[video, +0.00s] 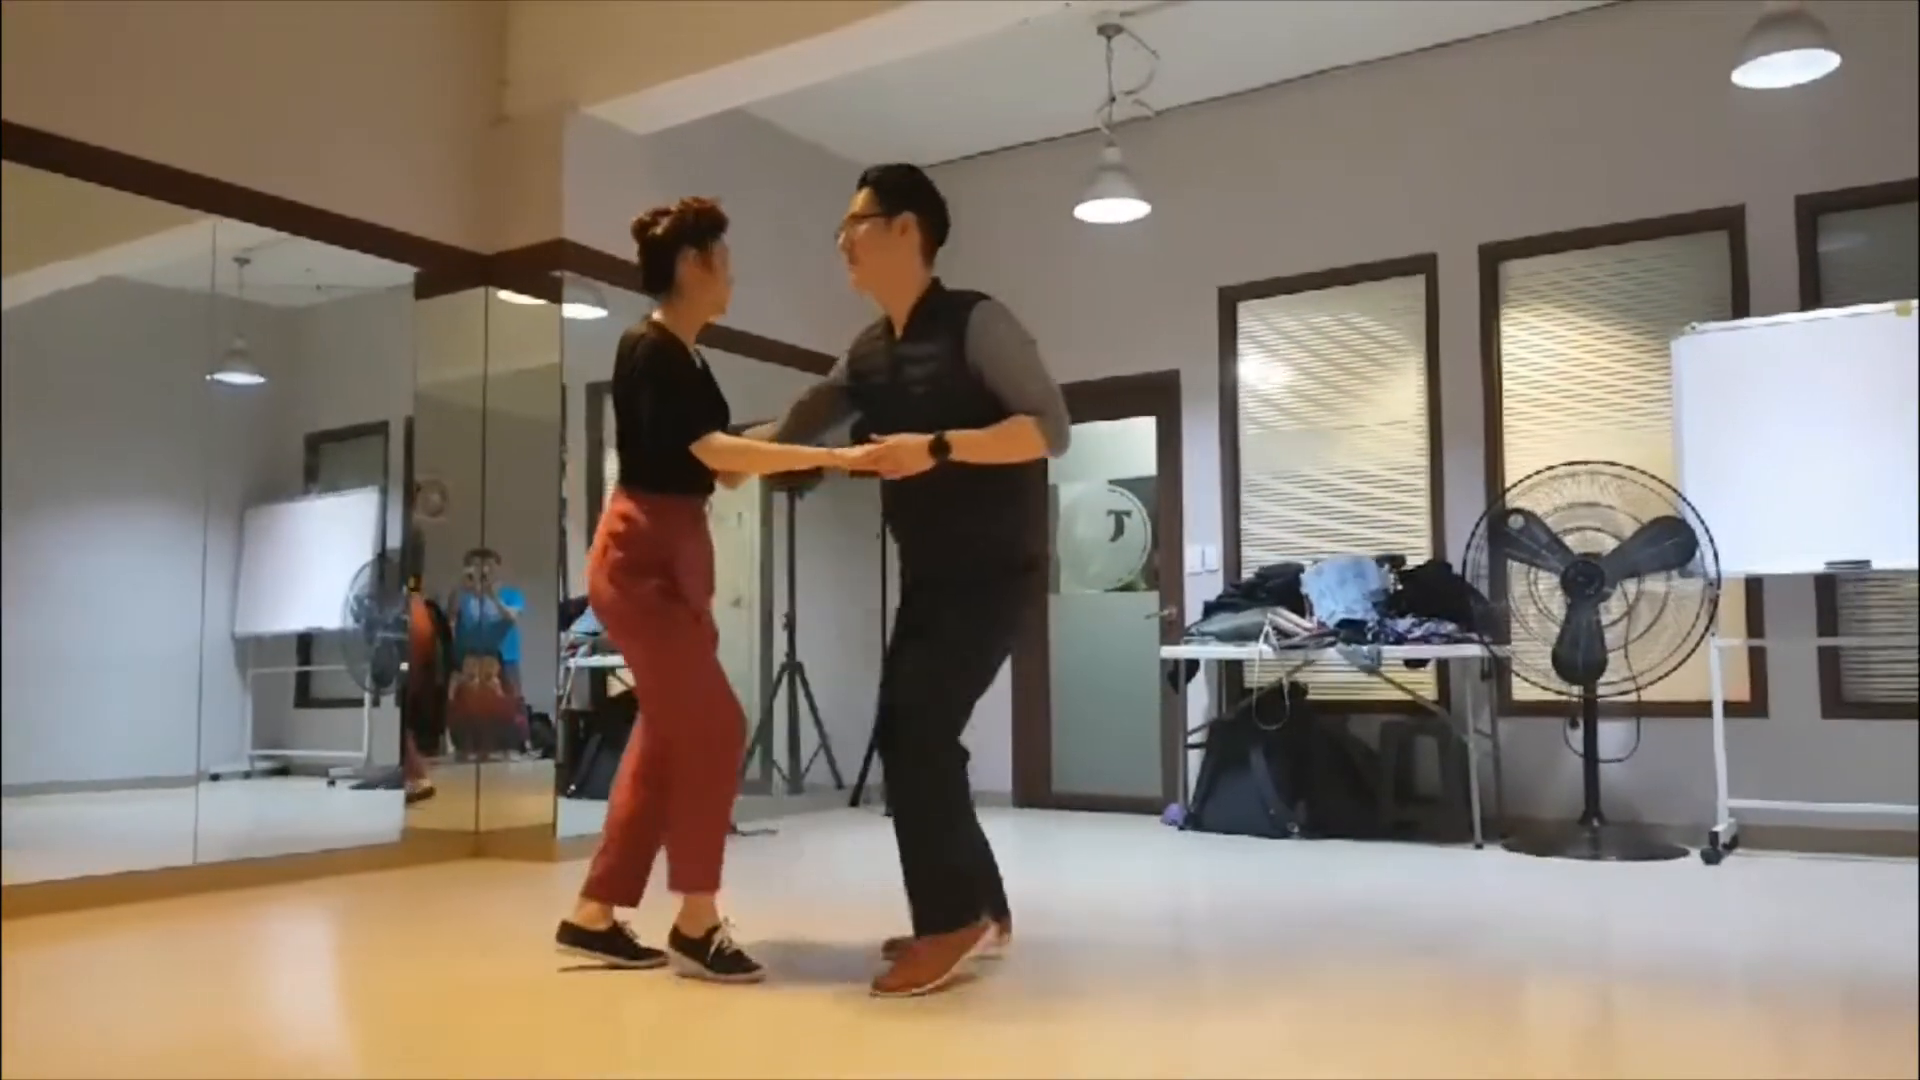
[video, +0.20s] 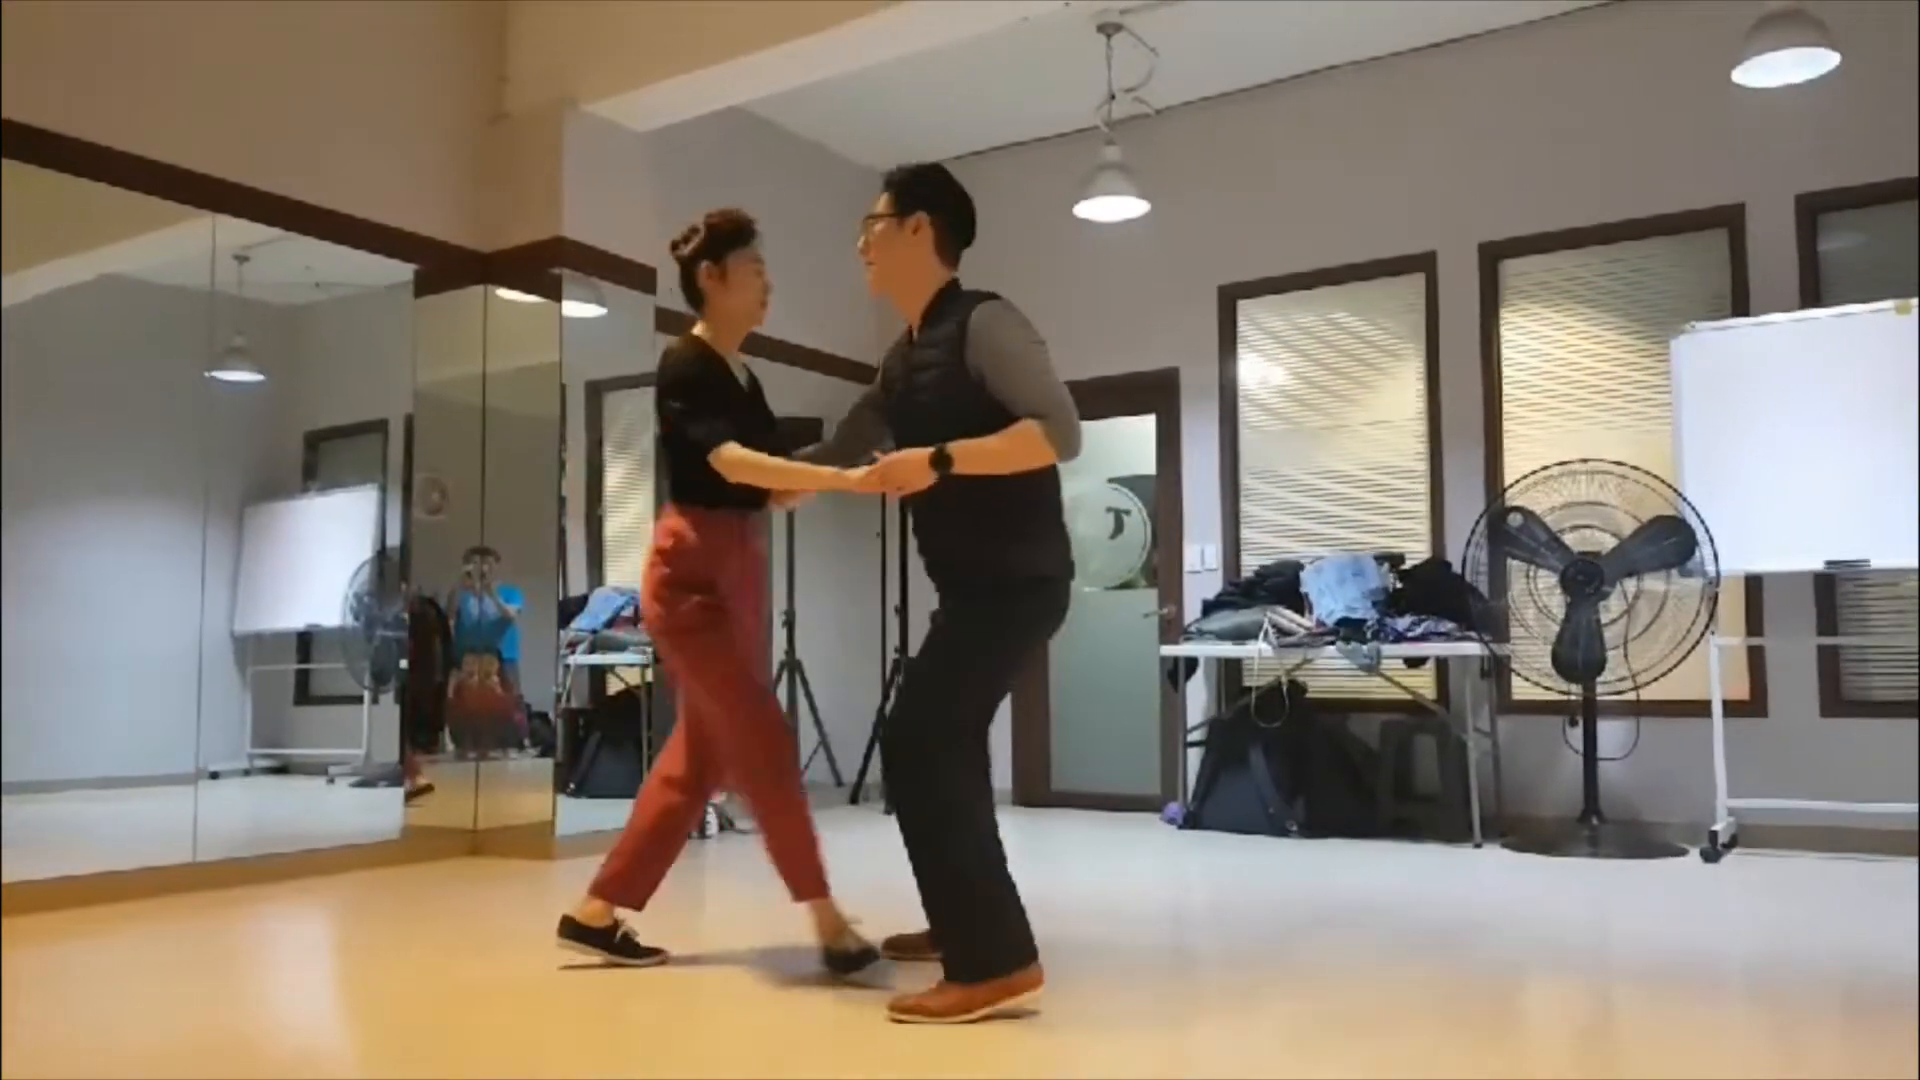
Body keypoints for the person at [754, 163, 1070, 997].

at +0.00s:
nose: (843, 241)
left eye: (858, 225)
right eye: (844, 229)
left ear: (911, 233)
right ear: (881, 241)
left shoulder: (979, 322)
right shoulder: (870, 350)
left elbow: (1049, 430)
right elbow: (791, 430)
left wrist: (938, 447)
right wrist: (721, 452)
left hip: (996, 569)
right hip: (931, 573)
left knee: (915, 730)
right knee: (913, 734)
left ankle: (950, 923)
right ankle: (977, 908)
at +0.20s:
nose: (860, 242)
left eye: (873, 225)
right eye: (863, 227)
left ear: (921, 234)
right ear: (909, 238)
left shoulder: (988, 322)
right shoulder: (905, 358)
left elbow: (1059, 431)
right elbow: (841, 458)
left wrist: (939, 460)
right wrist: (763, 478)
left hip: (1016, 582)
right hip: (970, 585)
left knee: (918, 747)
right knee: (931, 745)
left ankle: (998, 964)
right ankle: (968, 927)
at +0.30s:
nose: (864, 218)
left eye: (874, 200)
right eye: (868, 203)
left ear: (915, 206)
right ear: (920, 210)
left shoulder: (970, 290)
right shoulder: (937, 308)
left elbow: (1033, 400)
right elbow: (952, 420)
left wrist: (908, 432)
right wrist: (881, 453)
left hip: (1021, 565)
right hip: (990, 565)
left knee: (941, 744)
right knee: (942, 738)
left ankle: (1002, 970)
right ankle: (977, 915)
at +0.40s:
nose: (886, 194)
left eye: (891, 177)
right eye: (889, 178)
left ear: (923, 176)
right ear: (969, 182)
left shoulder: (956, 259)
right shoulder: (1007, 266)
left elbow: (980, 363)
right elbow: (1009, 406)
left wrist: (851, 397)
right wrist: (907, 460)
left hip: (1019, 538)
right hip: (1066, 531)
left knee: (956, 740)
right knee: (1001, 719)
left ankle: (995, 970)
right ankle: (1086, 895)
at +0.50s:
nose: (903, 184)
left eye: (908, 167)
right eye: (906, 168)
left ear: (938, 167)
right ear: (991, 173)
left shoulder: (962, 252)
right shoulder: (1031, 260)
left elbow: (961, 366)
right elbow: (1038, 398)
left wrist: (839, 389)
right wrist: (944, 455)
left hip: (1023, 533)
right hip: (1087, 526)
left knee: (961, 743)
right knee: (1017, 720)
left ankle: (993, 974)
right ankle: (1128, 887)